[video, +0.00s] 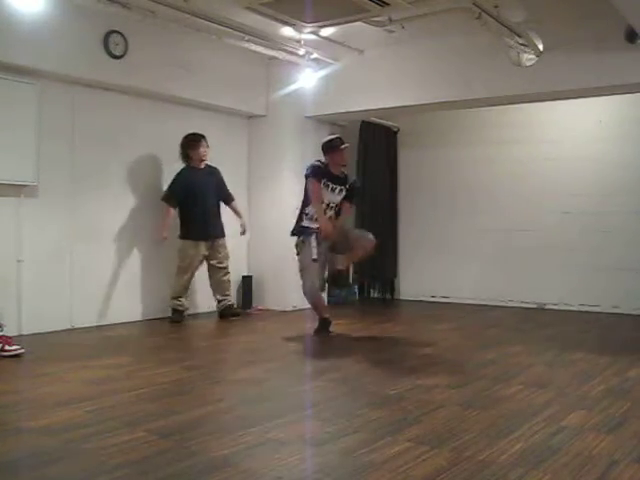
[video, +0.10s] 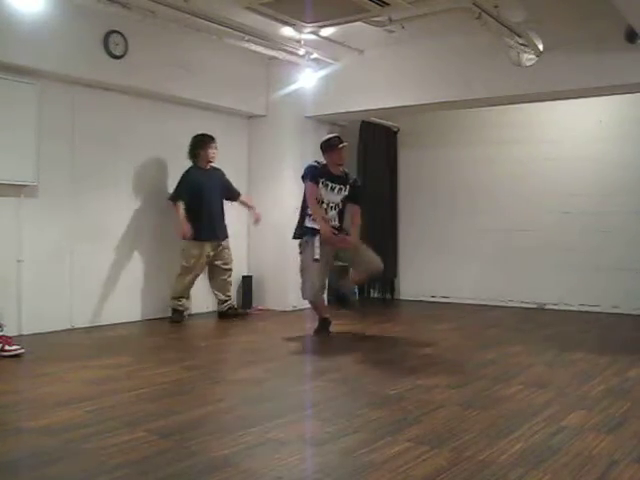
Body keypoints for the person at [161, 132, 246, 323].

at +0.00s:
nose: (204, 151)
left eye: (206, 147)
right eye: (199, 148)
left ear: (208, 149)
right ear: (189, 152)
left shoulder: (213, 173)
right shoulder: (183, 176)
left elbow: (227, 198)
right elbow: (170, 204)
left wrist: (241, 217)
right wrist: (165, 229)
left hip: (216, 233)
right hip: (192, 235)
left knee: (221, 270)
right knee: (185, 273)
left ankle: (225, 305)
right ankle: (178, 307)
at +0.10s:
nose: (214, 152)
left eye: (215, 149)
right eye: (210, 149)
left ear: (215, 151)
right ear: (199, 152)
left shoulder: (217, 174)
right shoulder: (190, 175)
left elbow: (234, 194)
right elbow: (177, 200)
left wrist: (252, 207)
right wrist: (183, 223)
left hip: (219, 234)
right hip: (197, 235)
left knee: (223, 272)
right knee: (188, 274)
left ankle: (226, 306)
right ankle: (179, 308)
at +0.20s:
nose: (223, 154)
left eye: (224, 150)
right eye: (220, 150)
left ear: (222, 153)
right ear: (209, 153)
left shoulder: (225, 175)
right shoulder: (199, 174)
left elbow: (244, 188)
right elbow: (188, 194)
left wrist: (271, 193)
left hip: (225, 234)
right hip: (204, 236)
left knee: (228, 273)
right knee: (194, 273)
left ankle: (227, 307)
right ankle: (179, 307)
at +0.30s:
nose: (232, 158)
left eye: (233, 154)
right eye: (230, 154)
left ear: (229, 155)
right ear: (220, 154)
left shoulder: (236, 174)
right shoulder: (209, 173)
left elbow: (253, 171)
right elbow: (206, 174)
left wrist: (271, 162)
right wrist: (216, 168)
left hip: (233, 231)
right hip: (215, 232)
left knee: (232, 272)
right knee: (206, 269)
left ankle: (228, 307)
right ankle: (183, 306)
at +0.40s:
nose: (241, 160)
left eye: (242, 157)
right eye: (239, 157)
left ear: (240, 157)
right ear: (231, 155)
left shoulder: (239, 168)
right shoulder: (218, 169)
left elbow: (249, 160)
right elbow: (217, 152)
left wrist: (260, 138)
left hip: (238, 223)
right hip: (223, 223)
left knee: (237, 266)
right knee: (224, 263)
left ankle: (228, 304)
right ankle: (197, 300)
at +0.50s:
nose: (252, 160)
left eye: (253, 157)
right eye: (251, 156)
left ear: (242, 151)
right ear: (246, 154)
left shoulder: (241, 168)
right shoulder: (229, 167)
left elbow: (248, 146)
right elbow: (231, 141)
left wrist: (249, 121)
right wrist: (237, 115)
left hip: (240, 224)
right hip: (231, 224)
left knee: (235, 266)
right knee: (235, 265)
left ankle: (227, 302)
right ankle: (224, 301)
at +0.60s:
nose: (261, 163)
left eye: (263, 160)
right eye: (262, 159)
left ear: (251, 153)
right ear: (256, 156)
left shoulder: (243, 169)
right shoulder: (240, 167)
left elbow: (245, 143)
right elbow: (246, 143)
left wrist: (238, 131)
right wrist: (238, 130)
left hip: (235, 222)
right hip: (240, 223)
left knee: (233, 264)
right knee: (253, 261)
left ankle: (227, 304)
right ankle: (243, 303)